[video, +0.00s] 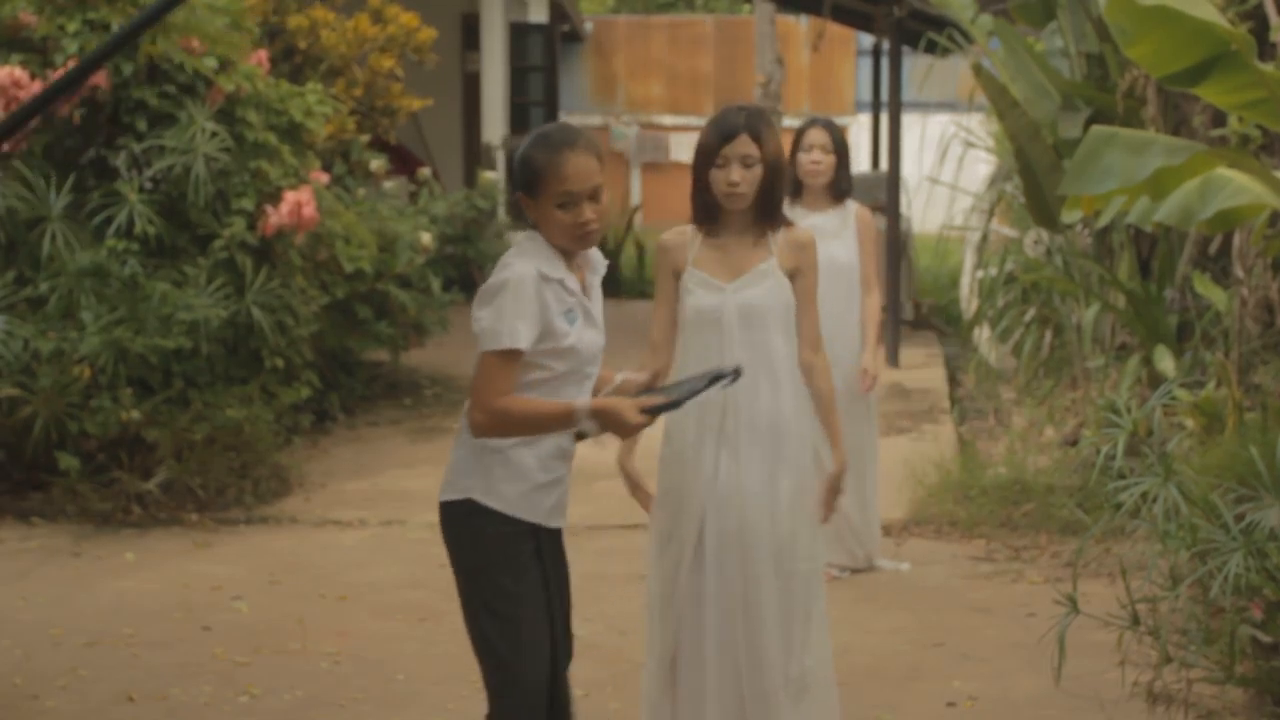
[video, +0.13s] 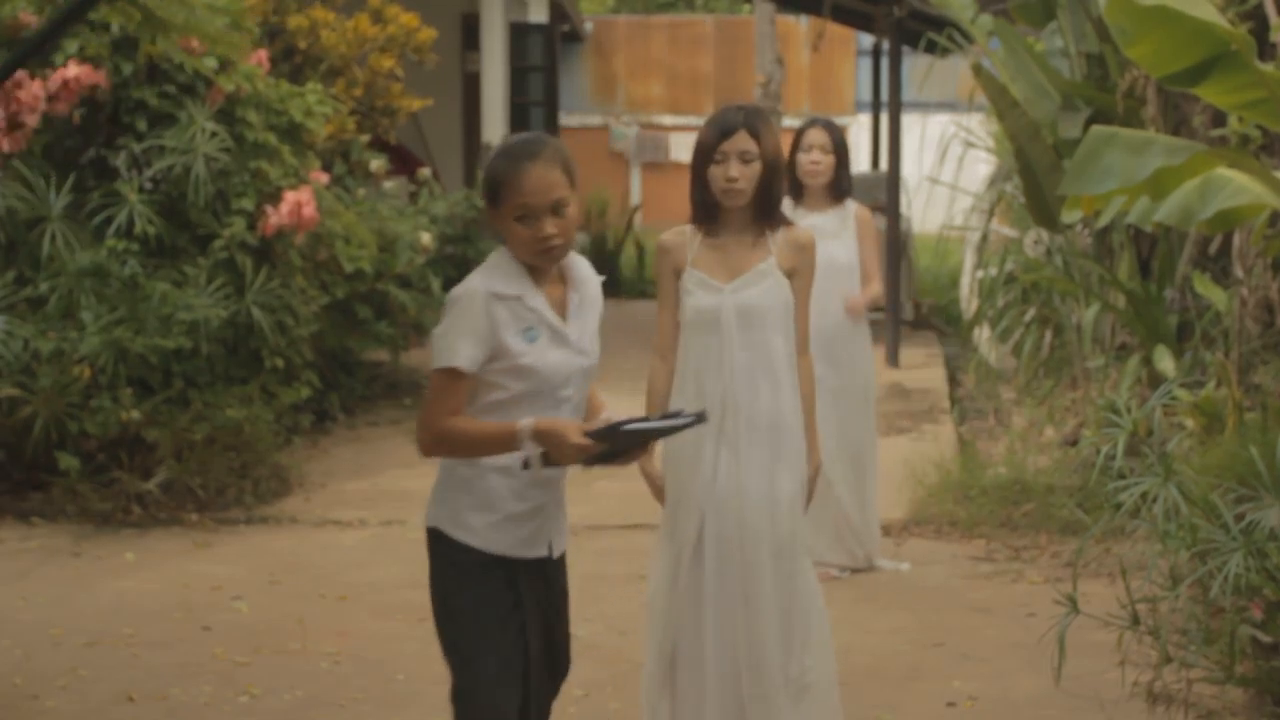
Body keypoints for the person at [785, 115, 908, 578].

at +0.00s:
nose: (815, 159)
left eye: (825, 151)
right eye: (807, 150)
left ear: (840, 160)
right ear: (793, 159)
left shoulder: (858, 218)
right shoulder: (779, 218)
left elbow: (871, 288)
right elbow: (769, 290)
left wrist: (871, 349)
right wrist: (773, 351)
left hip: (846, 348)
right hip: (793, 348)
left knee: (851, 447)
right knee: (800, 445)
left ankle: (852, 545)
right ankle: (807, 547)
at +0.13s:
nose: (815, 160)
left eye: (825, 151)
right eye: (806, 151)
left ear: (840, 160)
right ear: (793, 159)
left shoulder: (857, 217)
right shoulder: (780, 217)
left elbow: (875, 280)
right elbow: (763, 275)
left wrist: (862, 298)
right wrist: (776, 309)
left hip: (845, 345)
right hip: (793, 344)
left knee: (849, 442)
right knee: (801, 440)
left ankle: (851, 544)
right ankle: (807, 546)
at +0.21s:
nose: (815, 161)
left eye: (825, 153)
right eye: (807, 152)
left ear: (839, 161)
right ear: (793, 160)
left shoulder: (855, 215)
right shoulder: (780, 214)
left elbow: (880, 282)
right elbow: (762, 275)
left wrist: (855, 241)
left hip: (845, 340)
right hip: (792, 338)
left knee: (848, 439)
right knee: (797, 437)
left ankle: (848, 545)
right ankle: (806, 545)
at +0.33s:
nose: (817, 166)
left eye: (827, 156)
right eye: (809, 157)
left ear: (841, 163)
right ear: (793, 166)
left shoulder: (853, 210)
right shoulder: (781, 215)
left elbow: (871, 239)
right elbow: (757, 226)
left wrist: (842, 175)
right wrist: (781, 171)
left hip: (847, 336)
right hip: (795, 337)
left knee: (852, 436)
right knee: (801, 438)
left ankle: (855, 541)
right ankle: (809, 545)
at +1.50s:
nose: (816, 155)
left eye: (825, 148)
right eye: (808, 148)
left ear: (841, 159)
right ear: (794, 158)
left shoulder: (858, 216)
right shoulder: (779, 214)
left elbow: (886, 283)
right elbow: (762, 279)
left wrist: (870, 237)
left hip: (847, 335)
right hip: (792, 334)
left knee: (844, 438)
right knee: (796, 437)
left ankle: (845, 544)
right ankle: (801, 546)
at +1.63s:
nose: (814, 163)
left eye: (824, 155)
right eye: (806, 155)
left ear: (840, 162)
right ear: (793, 161)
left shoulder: (862, 218)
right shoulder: (779, 215)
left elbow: (878, 283)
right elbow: (762, 273)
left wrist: (867, 294)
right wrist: (776, 308)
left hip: (846, 339)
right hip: (794, 337)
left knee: (844, 440)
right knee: (798, 438)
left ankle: (845, 544)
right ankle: (802, 546)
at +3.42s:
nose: (815, 162)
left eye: (825, 153)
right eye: (806, 152)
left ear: (838, 160)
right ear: (793, 159)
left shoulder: (858, 217)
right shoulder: (779, 216)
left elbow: (873, 289)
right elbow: (767, 288)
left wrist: (868, 355)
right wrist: (771, 350)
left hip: (845, 353)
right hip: (792, 351)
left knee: (847, 449)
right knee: (796, 444)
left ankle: (849, 546)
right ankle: (800, 545)